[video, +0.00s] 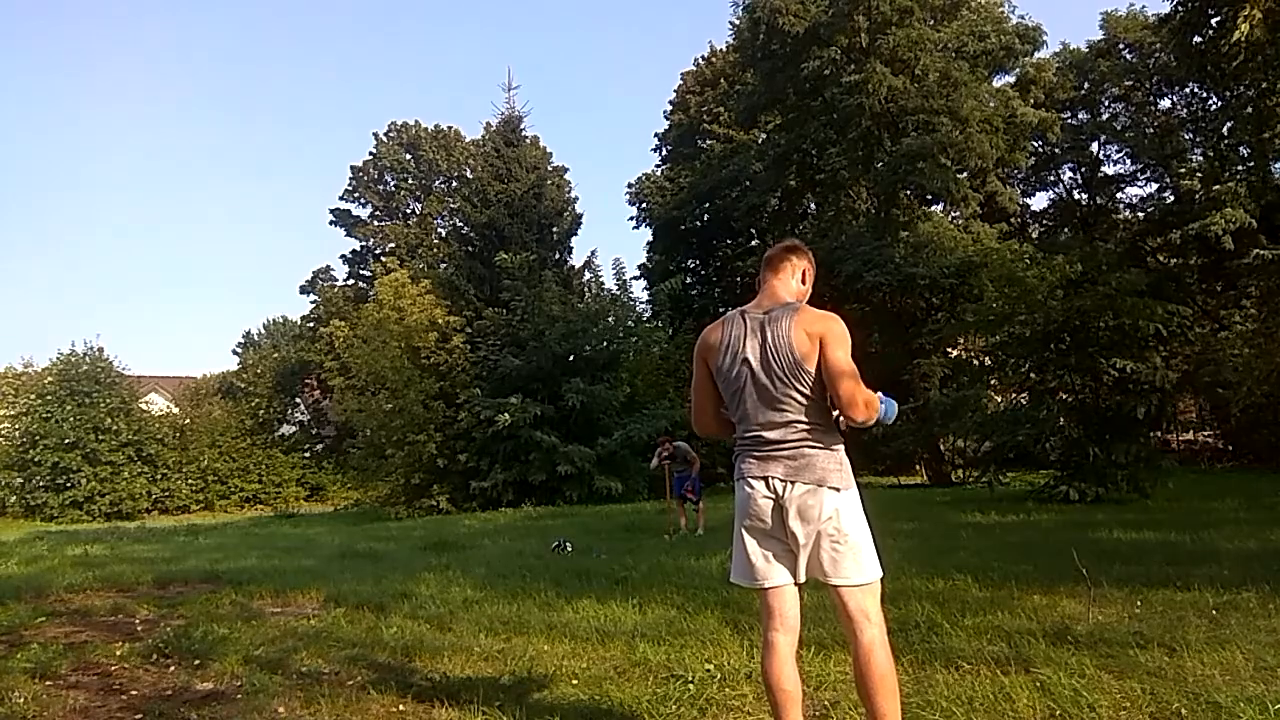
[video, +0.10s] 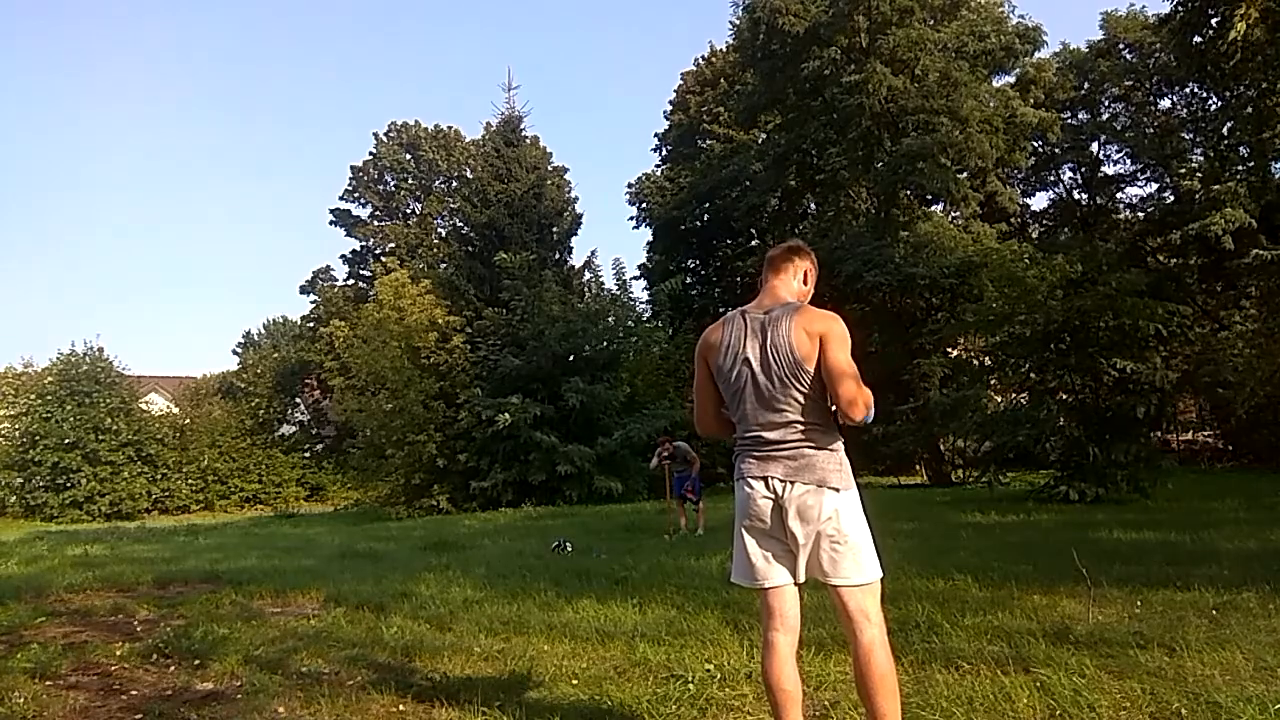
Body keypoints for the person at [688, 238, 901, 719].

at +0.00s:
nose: (811, 289)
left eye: (809, 283)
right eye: (811, 282)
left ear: (760, 278)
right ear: (802, 276)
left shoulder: (713, 336)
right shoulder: (821, 323)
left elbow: (706, 423)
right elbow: (854, 408)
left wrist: (759, 424)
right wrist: (880, 406)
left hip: (753, 490)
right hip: (823, 487)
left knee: (777, 630)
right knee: (866, 624)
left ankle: (789, 718)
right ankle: (887, 716)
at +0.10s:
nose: (813, 289)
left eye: (812, 283)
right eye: (814, 281)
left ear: (762, 278)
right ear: (804, 275)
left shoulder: (714, 336)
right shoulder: (822, 322)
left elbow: (708, 424)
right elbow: (854, 409)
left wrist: (760, 420)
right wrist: (862, 392)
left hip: (754, 489)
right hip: (823, 486)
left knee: (778, 630)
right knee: (866, 626)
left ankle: (790, 719)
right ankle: (887, 716)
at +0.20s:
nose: (814, 290)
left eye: (812, 284)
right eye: (814, 282)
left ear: (763, 277)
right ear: (805, 276)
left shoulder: (714, 335)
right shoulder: (821, 323)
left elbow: (710, 423)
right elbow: (849, 410)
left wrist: (759, 416)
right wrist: (862, 386)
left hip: (754, 489)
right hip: (823, 486)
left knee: (778, 630)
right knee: (866, 625)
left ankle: (790, 718)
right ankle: (886, 716)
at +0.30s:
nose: (815, 289)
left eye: (814, 282)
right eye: (816, 281)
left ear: (764, 275)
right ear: (807, 276)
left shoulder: (714, 335)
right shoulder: (821, 321)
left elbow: (710, 423)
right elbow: (850, 409)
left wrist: (760, 412)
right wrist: (859, 380)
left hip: (754, 489)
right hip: (823, 486)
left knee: (778, 629)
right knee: (866, 625)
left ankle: (789, 719)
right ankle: (887, 716)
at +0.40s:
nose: (814, 289)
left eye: (813, 284)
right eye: (815, 282)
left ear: (764, 275)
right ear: (806, 277)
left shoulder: (714, 336)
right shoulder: (819, 320)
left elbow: (711, 423)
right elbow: (852, 408)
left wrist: (761, 413)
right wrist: (852, 377)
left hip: (755, 490)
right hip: (824, 487)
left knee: (778, 630)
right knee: (867, 625)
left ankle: (789, 719)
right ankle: (887, 716)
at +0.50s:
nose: (814, 290)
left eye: (813, 283)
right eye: (815, 282)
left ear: (764, 275)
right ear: (806, 277)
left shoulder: (713, 336)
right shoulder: (818, 321)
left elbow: (712, 424)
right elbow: (848, 411)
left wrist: (764, 412)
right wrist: (866, 391)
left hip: (755, 489)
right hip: (823, 486)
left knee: (778, 629)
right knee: (867, 625)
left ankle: (789, 719)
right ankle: (887, 716)